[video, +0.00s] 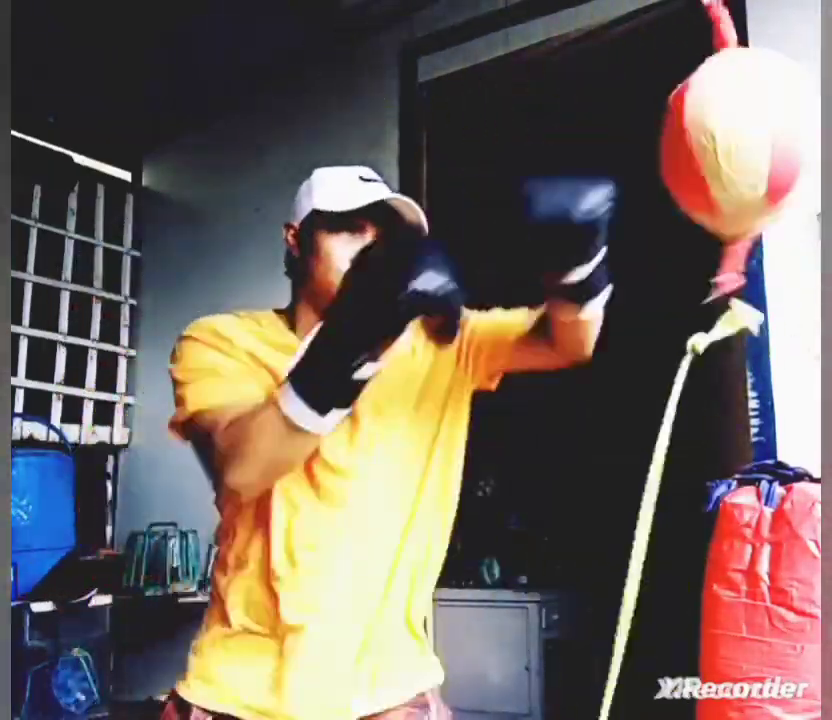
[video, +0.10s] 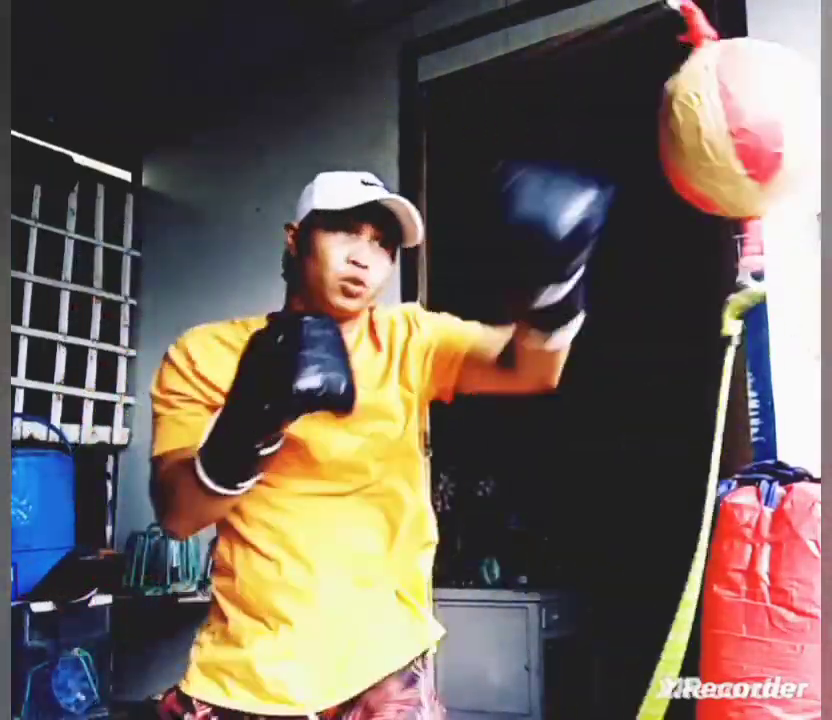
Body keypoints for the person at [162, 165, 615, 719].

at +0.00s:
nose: (370, 248)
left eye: (383, 231)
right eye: (347, 229)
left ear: (404, 246)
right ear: (296, 244)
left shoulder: (448, 339)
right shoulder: (223, 342)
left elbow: (570, 346)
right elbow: (240, 470)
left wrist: (577, 265)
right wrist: (346, 344)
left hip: (392, 696)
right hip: (238, 695)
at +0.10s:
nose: (362, 254)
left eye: (380, 243)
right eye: (344, 231)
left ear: (393, 267)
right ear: (295, 242)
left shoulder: (410, 337)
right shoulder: (208, 354)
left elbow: (533, 369)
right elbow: (178, 515)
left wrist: (555, 286)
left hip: (387, 671)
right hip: (249, 672)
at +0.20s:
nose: (290, 275)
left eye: (308, 258)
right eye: (270, 251)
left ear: (323, 276)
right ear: (227, 265)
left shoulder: (374, 360)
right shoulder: (168, 384)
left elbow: (460, 476)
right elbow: (148, 538)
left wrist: (407, 499)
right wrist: (219, 421)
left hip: (372, 667)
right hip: (237, 677)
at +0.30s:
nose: (223, 307)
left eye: (242, 288)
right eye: (200, 286)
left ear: (261, 305)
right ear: (163, 307)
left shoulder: (333, 395)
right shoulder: (131, 430)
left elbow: (399, 519)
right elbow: (141, 579)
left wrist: (350, 602)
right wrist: (192, 461)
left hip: (355, 694)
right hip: (214, 698)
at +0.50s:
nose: (221, 295)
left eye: (237, 279)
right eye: (198, 279)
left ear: (255, 291)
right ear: (158, 295)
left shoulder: (315, 374)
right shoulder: (112, 402)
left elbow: (364, 484)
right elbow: (139, 527)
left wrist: (344, 540)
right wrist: (192, 406)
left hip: (329, 679)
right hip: (188, 688)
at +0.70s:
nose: (240, 303)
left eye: (261, 286)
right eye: (223, 280)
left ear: (281, 301)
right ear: (188, 293)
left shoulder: (338, 369)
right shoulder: (144, 413)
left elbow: (463, 447)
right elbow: (145, 566)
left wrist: (446, 414)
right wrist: (199, 466)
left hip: (341, 690)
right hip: (209, 694)